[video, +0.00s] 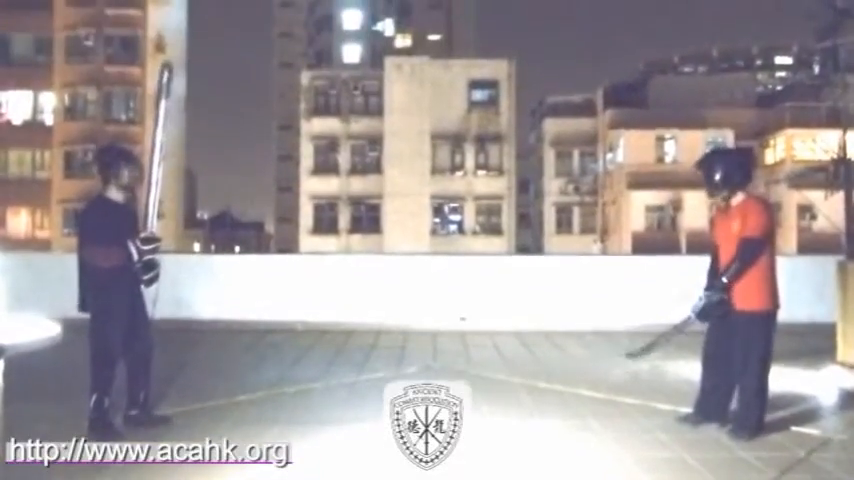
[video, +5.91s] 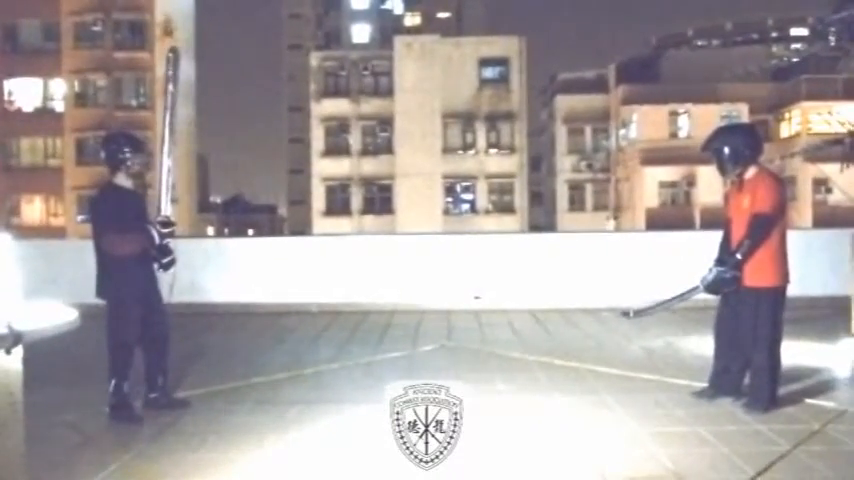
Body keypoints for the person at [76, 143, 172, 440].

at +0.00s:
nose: (136, 174)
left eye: (135, 169)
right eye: (130, 168)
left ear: (123, 173)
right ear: (114, 171)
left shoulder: (127, 210)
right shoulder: (94, 212)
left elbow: (129, 250)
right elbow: (94, 256)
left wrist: (147, 259)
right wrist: (131, 252)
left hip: (128, 290)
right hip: (103, 293)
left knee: (141, 345)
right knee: (106, 351)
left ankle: (138, 408)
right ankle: (99, 414)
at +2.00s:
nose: (144, 172)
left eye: (146, 166)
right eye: (138, 166)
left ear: (146, 171)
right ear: (122, 170)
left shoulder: (143, 210)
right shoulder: (107, 210)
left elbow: (144, 249)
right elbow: (107, 255)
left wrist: (159, 254)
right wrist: (147, 250)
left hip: (141, 288)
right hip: (115, 291)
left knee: (152, 343)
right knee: (118, 347)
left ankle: (149, 402)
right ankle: (111, 407)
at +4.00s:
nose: (139, 169)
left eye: (139, 164)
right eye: (134, 163)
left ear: (120, 166)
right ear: (118, 165)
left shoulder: (126, 203)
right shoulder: (101, 205)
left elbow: (128, 242)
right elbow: (104, 251)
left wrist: (148, 241)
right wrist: (144, 251)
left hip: (133, 284)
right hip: (110, 288)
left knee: (145, 337)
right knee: (113, 343)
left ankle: (144, 397)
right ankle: (106, 404)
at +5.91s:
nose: (145, 163)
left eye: (144, 157)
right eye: (139, 157)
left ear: (126, 160)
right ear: (124, 160)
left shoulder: (135, 196)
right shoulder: (107, 199)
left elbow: (136, 233)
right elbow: (111, 244)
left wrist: (155, 233)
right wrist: (150, 245)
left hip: (143, 279)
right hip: (119, 282)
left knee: (157, 330)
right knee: (123, 336)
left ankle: (157, 390)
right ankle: (118, 396)